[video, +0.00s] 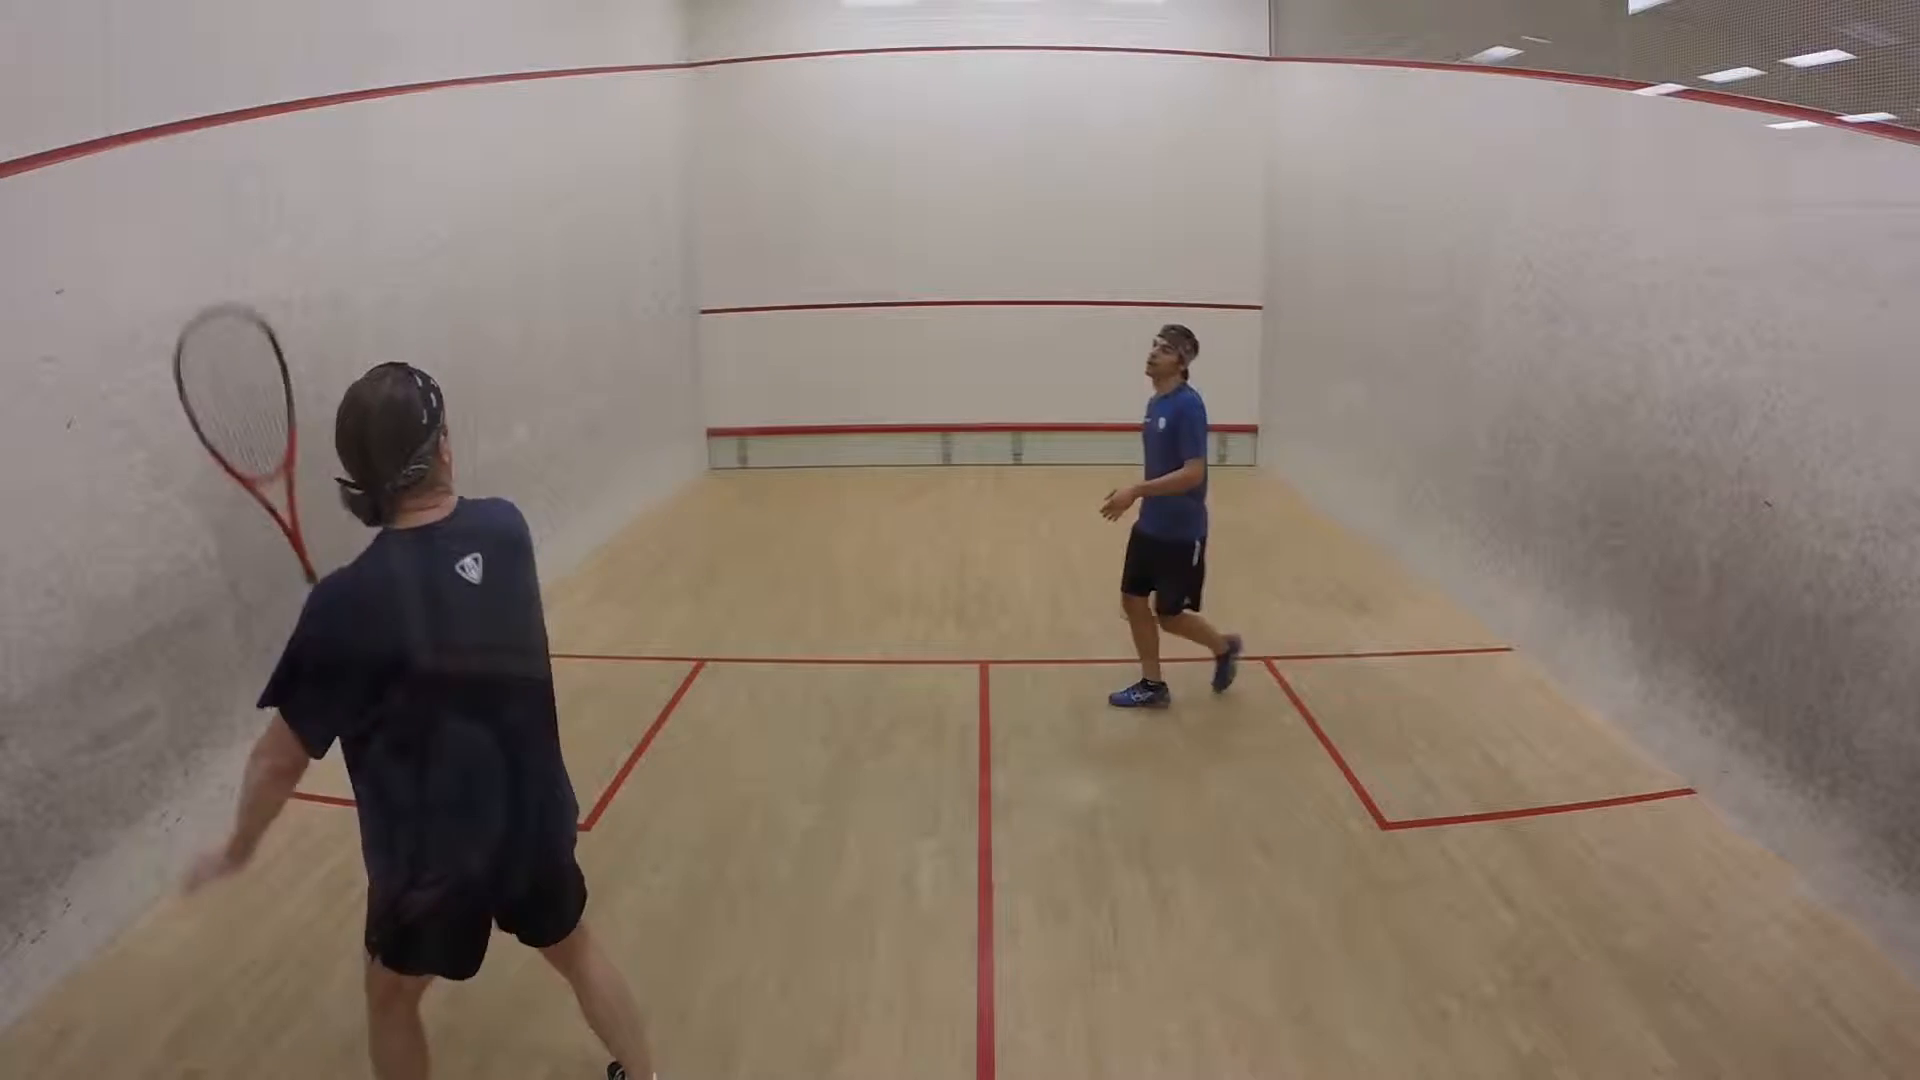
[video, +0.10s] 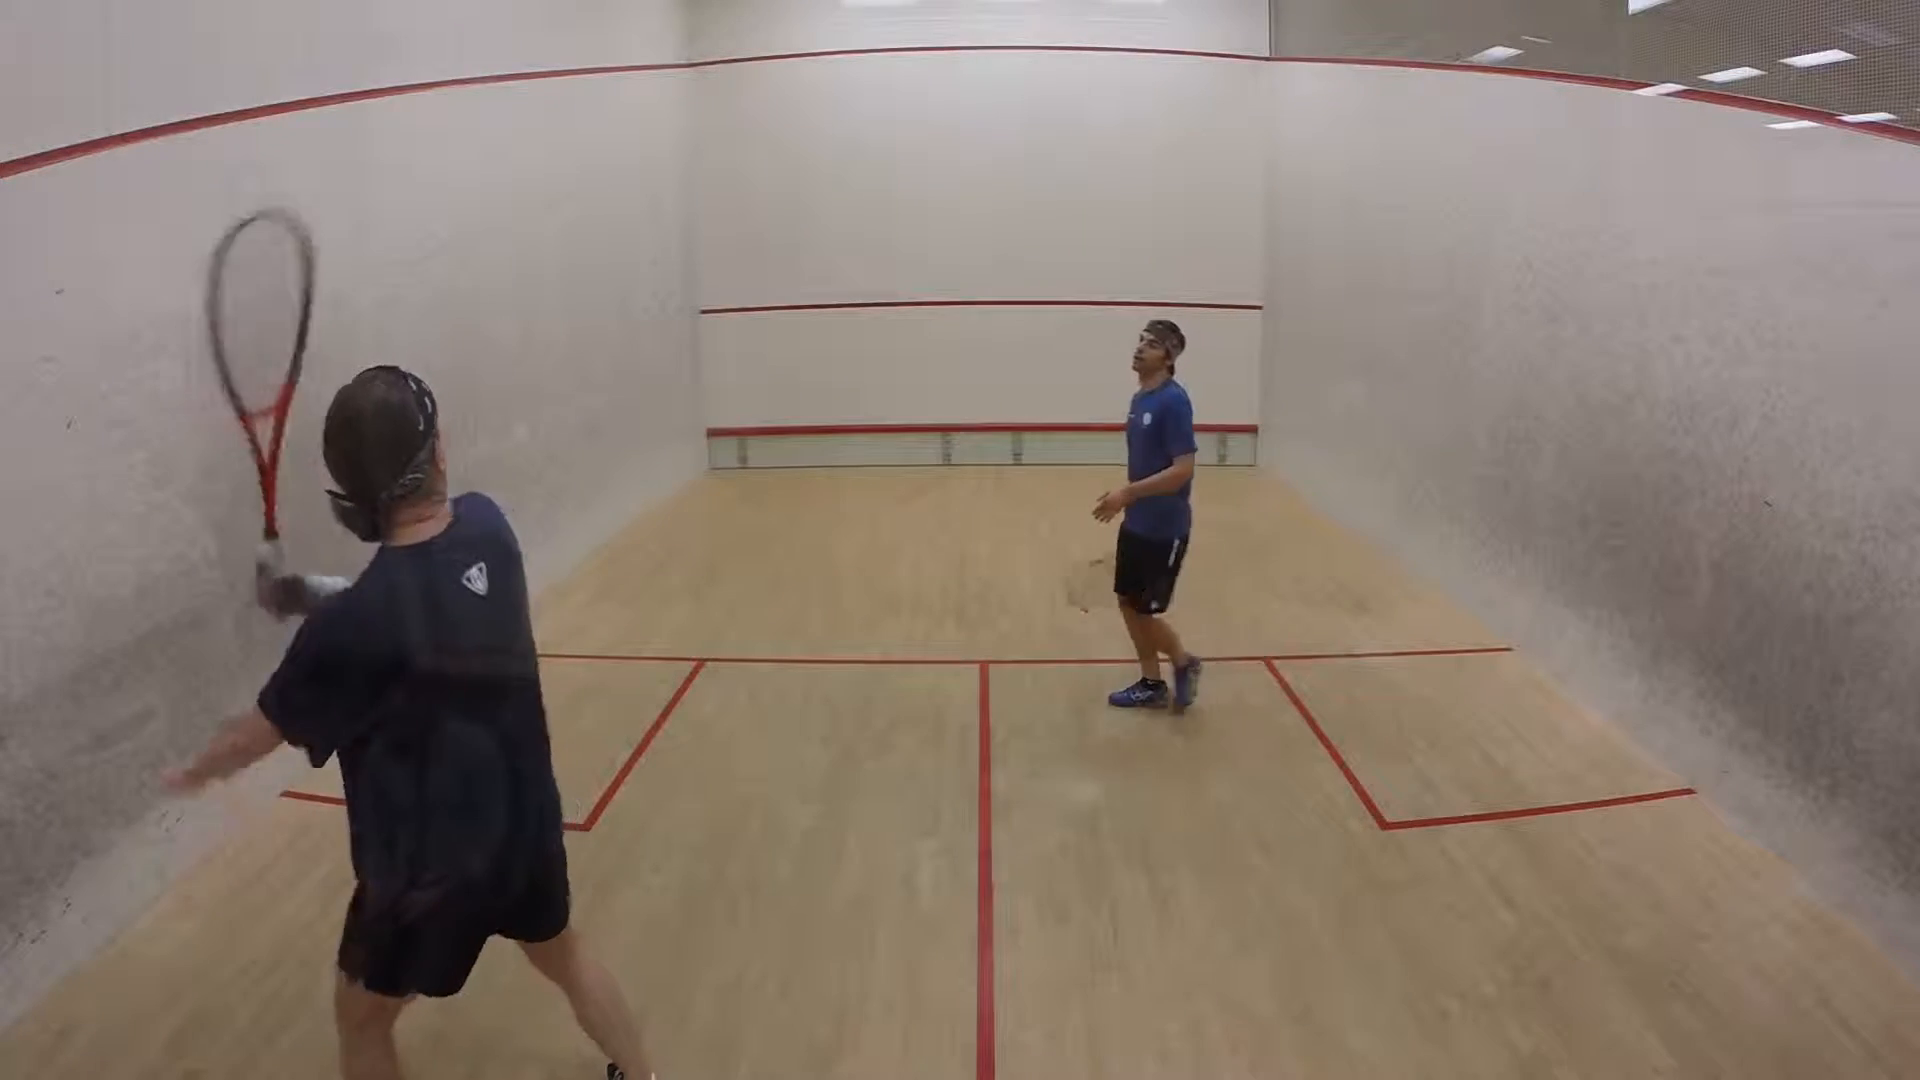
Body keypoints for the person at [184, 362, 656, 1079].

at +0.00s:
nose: (453, 440)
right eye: (448, 430)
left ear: (356, 477)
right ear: (444, 452)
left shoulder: (346, 602)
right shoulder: (505, 531)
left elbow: (280, 756)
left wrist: (238, 847)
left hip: (424, 858)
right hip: (531, 825)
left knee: (394, 1003)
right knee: (580, 953)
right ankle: (641, 1070)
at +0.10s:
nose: (445, 434)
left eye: (436, 421)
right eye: (439, 427)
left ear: (347, 487)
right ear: (437, 453)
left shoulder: (353, 621)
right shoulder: (487, 528)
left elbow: (260, 730)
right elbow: (411, 591)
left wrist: (199, 771)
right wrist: (315, 593)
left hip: (421, 863)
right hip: (520, 830)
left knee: (364, 1017)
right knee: (564, 953)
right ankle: (637, 1069)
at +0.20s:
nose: (427, 448)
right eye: (419, 439)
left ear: (325, 498)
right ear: (416, 465)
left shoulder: (355, 637)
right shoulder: (456, 530)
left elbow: (251, 707)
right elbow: (352, 578)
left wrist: (188, 699)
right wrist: (266, 583)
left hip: (405, 879)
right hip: (499, 836)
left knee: (343, 1057)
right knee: (553, 966)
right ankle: (634, 1069)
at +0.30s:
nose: (386, 463)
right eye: (382, 458)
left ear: (280, 518)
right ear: (380, 483)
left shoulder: (333, 660)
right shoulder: (422, 557)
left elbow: (213, 717)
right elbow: (301, 595)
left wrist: (185, 648)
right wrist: (229, 611)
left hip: (377, 903)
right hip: (466, 856)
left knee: (339, 1061)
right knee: (533, 983)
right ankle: (634, 1072)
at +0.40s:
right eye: (345, 476)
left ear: (245, 561)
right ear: (345, 506)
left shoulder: (290, 701)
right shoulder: (391, 587)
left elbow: (257, 800)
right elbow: (266, 631)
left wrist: (196, 740)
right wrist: (180, 666)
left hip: (342, 931)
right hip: (435, 882)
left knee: (323, 1055)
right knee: (520, 1006)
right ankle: (617, 1070)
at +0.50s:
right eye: (314, 484)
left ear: (208, 551)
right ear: (317, 505)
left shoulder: (220, 695)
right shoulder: (398, 605)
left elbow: (204, 822)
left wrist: (177, 709)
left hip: (299, 960)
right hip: (420, 919)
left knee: (284, 1064)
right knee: (533, 1020)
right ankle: (618, 1072)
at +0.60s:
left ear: (181, 532)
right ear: (302, 497)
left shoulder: (124, 677)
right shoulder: (397, 659)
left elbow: (149, 802)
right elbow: (380, 758)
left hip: (249, 1009)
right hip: (401, 970)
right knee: (538, 1035)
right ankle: (585, 1070)